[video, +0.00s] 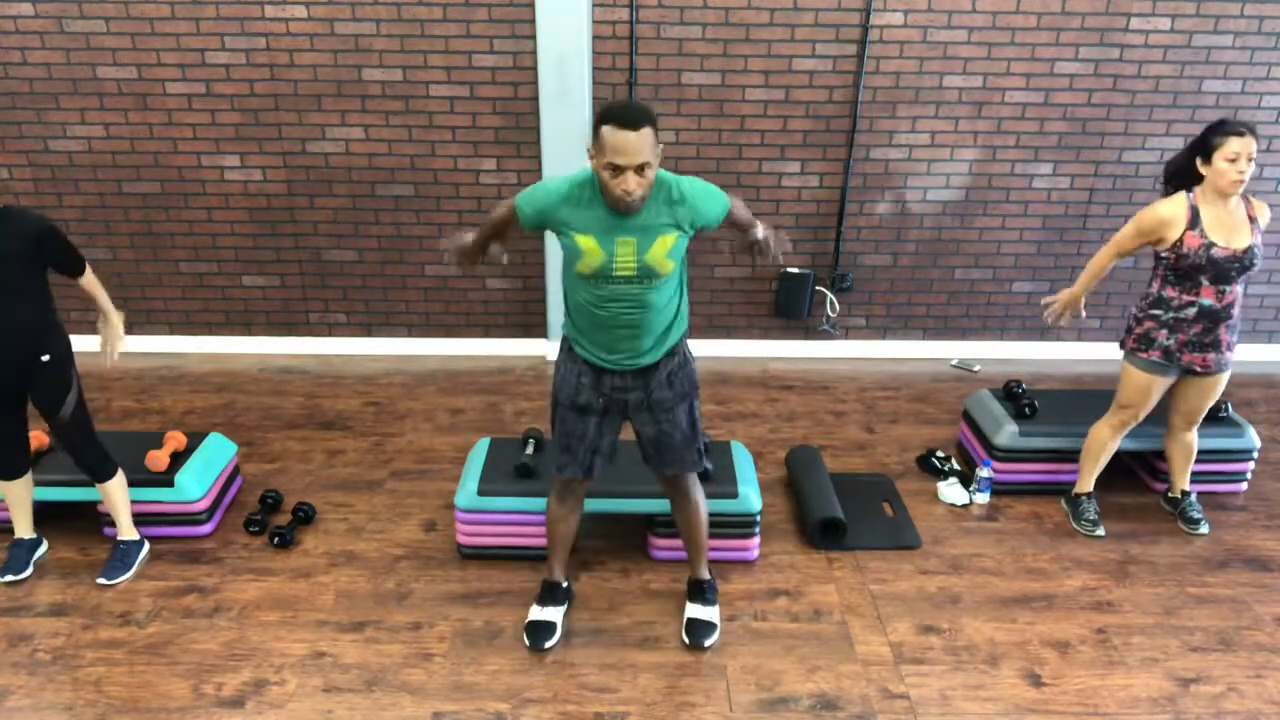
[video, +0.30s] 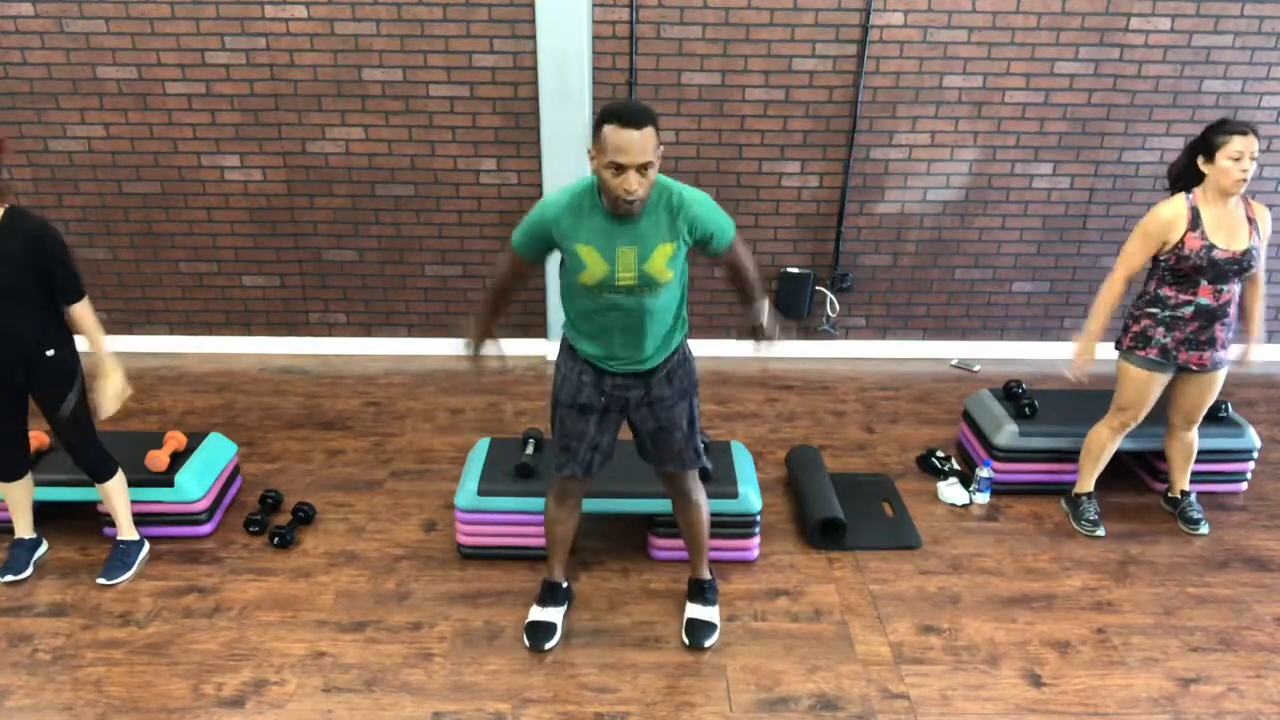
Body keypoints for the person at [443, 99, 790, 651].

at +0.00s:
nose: (629, 183)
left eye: (641, 169)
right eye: (614, 169)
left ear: (659, 156)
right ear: (594, 158)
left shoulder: (687, 197)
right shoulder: (559, 199)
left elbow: (735, 214)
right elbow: (507, 217)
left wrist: (759, 232)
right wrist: (477, 243)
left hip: (662, 367)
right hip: (585, 366)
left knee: (680, 477)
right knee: (568, 479)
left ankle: (701, 584)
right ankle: (555, 585)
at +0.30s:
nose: (631, 184)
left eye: (644, 169)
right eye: (617, 168)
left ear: (659, 161)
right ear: (594, 160)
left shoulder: (686, 209)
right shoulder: (557, 213)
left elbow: (736, 256)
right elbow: (511, 271)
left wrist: (756, 307)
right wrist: (481, 329)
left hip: (663, 370)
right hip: (585, 369)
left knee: (681, 478)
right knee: (568, 480)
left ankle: (702, 582)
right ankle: (554, 585)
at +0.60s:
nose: (628, 306)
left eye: (639, 289)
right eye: (614, 291)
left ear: (655, 274)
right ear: (594, 277)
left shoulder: (684, 308)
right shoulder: (566, 315)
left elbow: (702, 409)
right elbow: (556, 417)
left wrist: (697, 497)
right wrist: (565, 512)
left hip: (662, 399)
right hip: (591, 400)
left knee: (692, 500)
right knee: (558, 501)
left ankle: (703, 586)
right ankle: (555, 587)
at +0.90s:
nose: (625, 435)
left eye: (636, 422)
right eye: (613, 423)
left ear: (652, 399)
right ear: (594, 404)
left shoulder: (682, 422)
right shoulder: (565, 429)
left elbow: (702, 504)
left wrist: (690, 514)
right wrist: (564, 520)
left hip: (659, 464)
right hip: (587, 464)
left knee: (701, 532)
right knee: (544, 537)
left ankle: (702, 588)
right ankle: (554, 591)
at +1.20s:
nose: (624, 372)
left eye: (636, 358)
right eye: (611, 358)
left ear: (653, 344)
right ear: (594, 344)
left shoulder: (679, 373)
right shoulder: (563, 379)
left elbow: (711, 464)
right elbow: (530, 471)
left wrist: (710, 511)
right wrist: (544, 506)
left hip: (657, 442)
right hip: (585, 442)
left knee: (702, 524)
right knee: (547, 526)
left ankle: (702, 589)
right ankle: (553, 592)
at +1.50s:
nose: (622, 224)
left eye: (634, 210)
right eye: (610, 210)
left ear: (651, 192)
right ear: (588, 192)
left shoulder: (680, 238)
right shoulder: (555, 244)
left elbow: (734, 329)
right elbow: (506, 333)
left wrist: (765, 416)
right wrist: (484, 428)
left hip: (659, 367)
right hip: (582, 368)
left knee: (683, 484)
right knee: (561, 486)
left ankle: (701, 586)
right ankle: (554, 588)